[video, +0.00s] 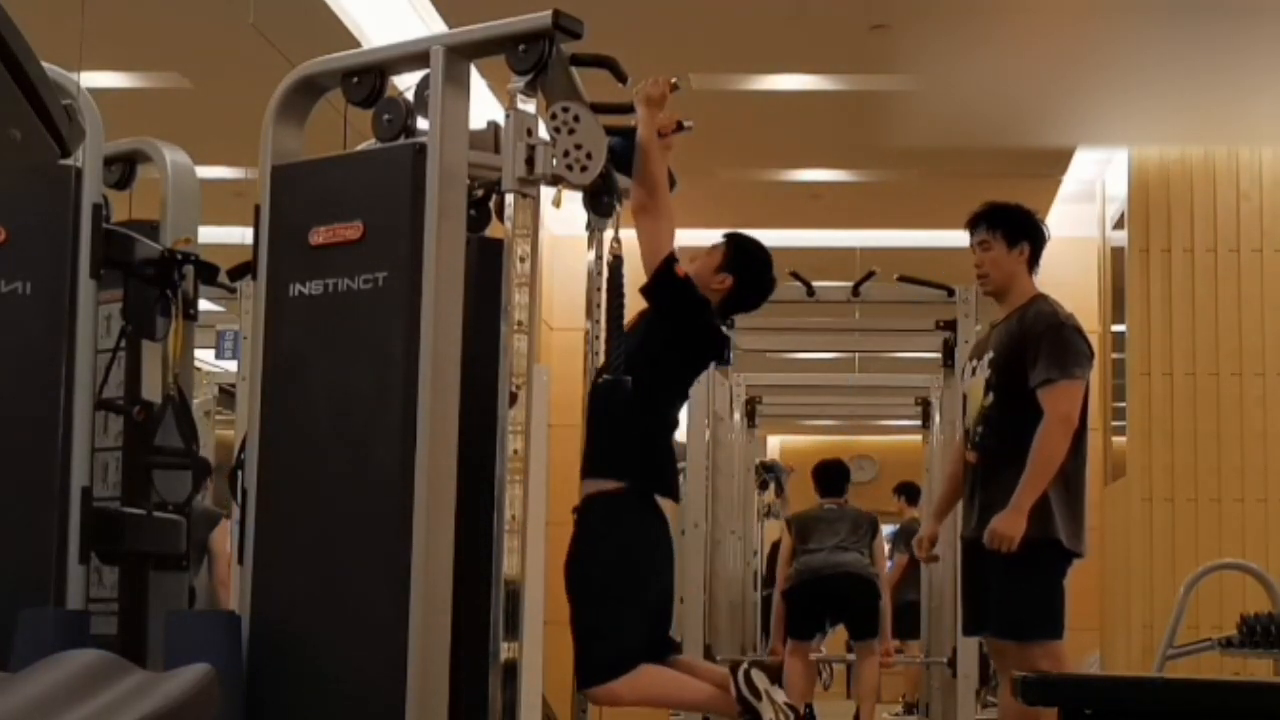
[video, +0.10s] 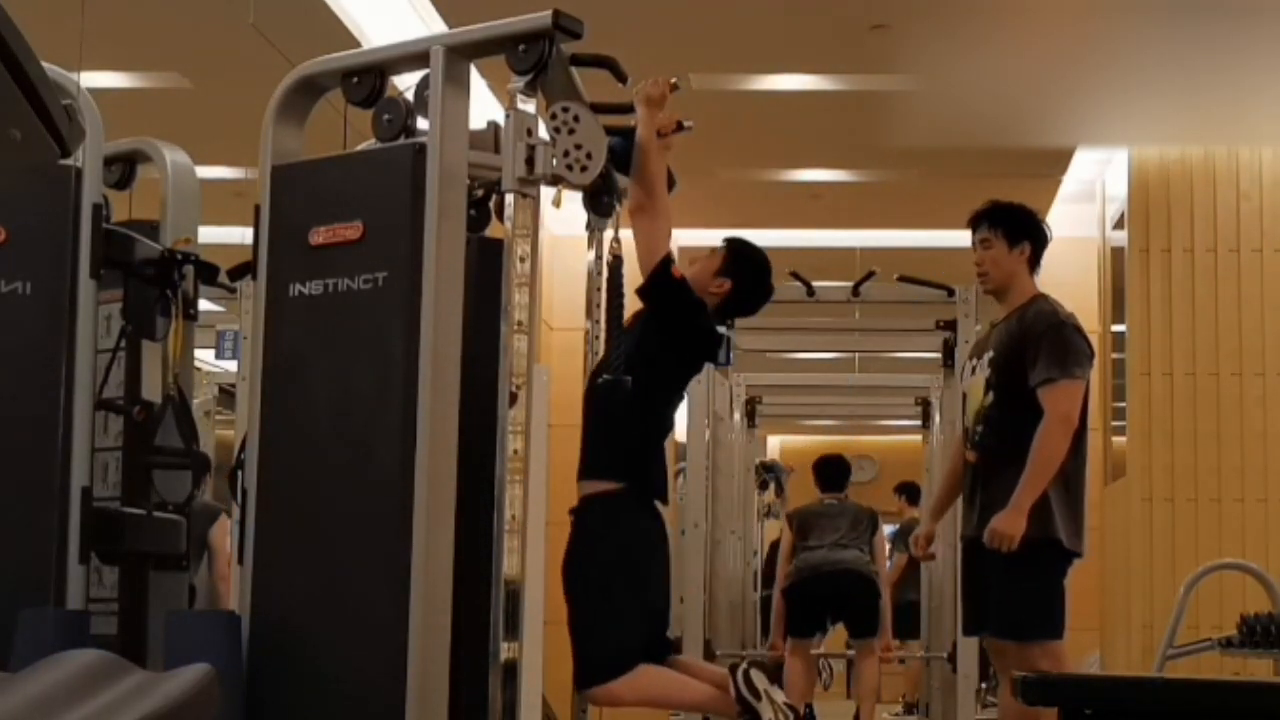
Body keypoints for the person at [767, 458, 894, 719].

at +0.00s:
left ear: (815, 487)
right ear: (847, 486)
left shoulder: (795, 522)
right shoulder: (868, 521)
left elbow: (781, 584)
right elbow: (882, 582)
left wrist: (776, 640)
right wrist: (886, 638)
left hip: (807, 590)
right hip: (859, 588)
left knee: (797, 653)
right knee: (867, 654)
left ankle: (797, 714)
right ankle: (865, 715)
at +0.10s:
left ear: (816, 482)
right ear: (848, 481)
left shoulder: (795, 517)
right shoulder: (869, 517)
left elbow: (782, 580)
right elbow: (882, 579)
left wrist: (776, 636)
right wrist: (886, 634)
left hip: (807, 588)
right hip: (858, 586)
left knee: (798, 652)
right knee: (866, 652)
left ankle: (796, 714)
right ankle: (865, 715)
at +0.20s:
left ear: (816, 469)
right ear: (849, 467)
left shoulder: (797, 506)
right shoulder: (869, 506)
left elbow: (782, 569)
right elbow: (881, 568)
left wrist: (776, 623)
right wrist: (887, 622)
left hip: (807, 585)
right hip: (858, 584)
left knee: (800, 652)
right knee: (865, 652)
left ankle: (800, 713)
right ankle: (865, 715)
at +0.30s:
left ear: (817, 450)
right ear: (850, 449)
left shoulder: (796, 490)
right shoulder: (870, 489)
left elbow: (782, 554)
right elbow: (881, 553)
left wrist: (776, 605)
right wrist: (888, 605)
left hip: (806, 580)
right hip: (857, 580)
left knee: (801, 651)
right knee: (864, 651)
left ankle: (797, 715)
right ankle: (864, 715)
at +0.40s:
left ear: (818, 428)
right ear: (850, 428)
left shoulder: (796, 473)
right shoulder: (871, 472)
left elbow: (782, 535)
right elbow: (882, 534)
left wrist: (774, 586)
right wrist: (889, 587)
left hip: (806, 574)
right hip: (856, 573)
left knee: (802, 649)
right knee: (862, 649)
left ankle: (796, 715)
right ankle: (865, 714)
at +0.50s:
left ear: (817, 409)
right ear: (850, 409)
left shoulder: (794, 457)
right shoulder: (870, 457)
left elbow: (778, 518)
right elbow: (883, 519)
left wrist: (774, 569)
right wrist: (890, 571)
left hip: (807, 566)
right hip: (857, 566)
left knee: (804, 647)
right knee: (860, 647)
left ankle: (797, 715)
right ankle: (864, 714)